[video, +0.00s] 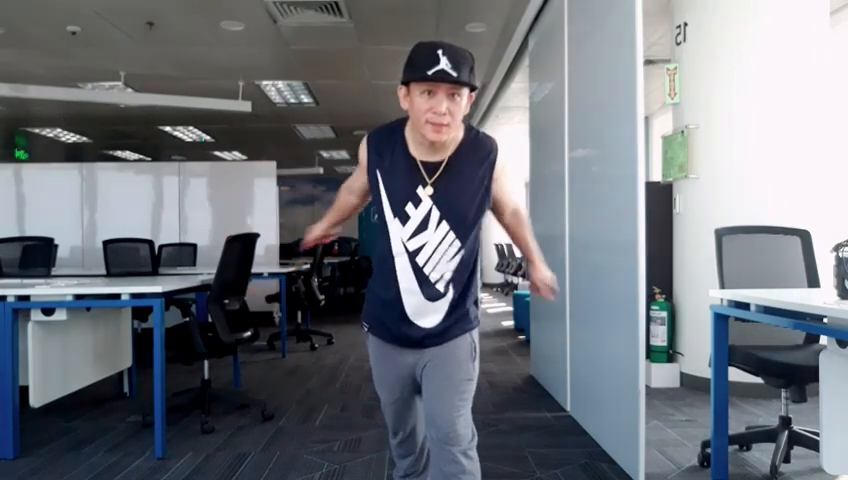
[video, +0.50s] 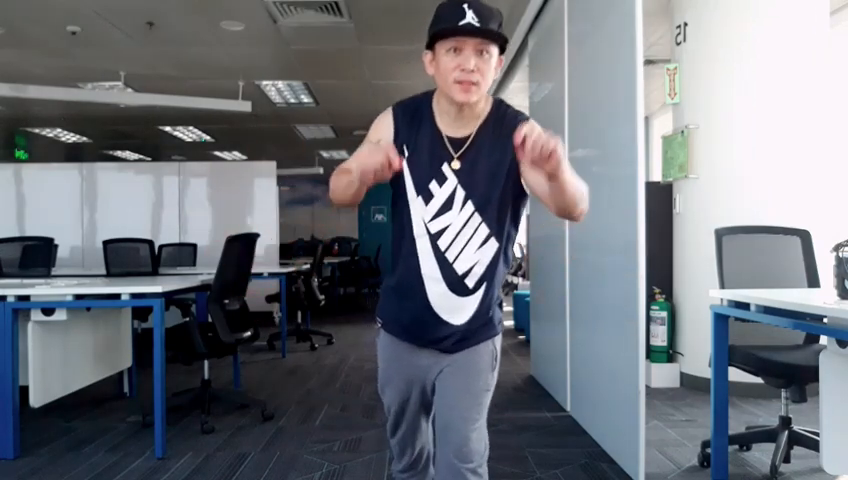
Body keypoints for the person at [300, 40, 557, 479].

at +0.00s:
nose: (441, 107)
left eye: (453, 95)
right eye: (429, 94)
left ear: (468, 101)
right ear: (405, 96)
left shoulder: (483, 153)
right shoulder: (376, 147)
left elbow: (510, 211)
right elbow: (356, 190)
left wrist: (537, 263)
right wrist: (326, 224)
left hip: (451, 330)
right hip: (387, 328)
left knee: (450, 439)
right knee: (400, 428)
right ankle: (407, 472)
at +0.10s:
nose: (445, 101)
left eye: (457, 89)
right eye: (433, 88)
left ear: (474, 95)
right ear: (409, 91)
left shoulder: (490, 157)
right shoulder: (379, 146)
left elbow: (536, 220)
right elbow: (335, 197)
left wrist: (581, 279)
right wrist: (283, 242)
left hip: (454, 327)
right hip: (389, 324)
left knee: (450, 440)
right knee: (401, 430)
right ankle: (408, 474)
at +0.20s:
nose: (450, 90)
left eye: (463, 78)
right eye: (438, 76)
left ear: (479, 88)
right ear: (414, 85)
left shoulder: (499, 151)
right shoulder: (382, 142)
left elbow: (553, 217)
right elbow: (330, 197)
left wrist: (612, 280)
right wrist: (267, 245)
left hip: (458, 329)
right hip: (392, 325)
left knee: (453, 450)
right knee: (400, 433)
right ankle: (406, 472)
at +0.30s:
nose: (456, 85)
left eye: (468, 73)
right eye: (443, 71)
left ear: (484, 82)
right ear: (419, 78)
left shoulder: (504, 146)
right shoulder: (387, 136)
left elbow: (550, 208)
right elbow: (334, 192)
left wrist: (597, 252)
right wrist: (289, 233)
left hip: (462, 328)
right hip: (394, 324)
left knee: (453, 448)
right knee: (403, 440)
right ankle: (406, 475)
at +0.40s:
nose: (463, 74)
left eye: (475, 62)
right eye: (450, 61)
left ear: (491, 74)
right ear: (425, 70)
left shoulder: (510, 137)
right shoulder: (393, 128)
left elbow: (545, 194)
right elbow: (342, 184)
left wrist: (561, 209)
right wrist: (335, 203)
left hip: (466, 332)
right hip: (399, 329)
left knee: (457, 453)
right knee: (406, 450)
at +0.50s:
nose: (469, 63)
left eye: (482, 52)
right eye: (455, 50)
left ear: (498, 65)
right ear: (430, 61)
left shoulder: (518, 132)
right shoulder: (397, 121)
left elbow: (574, 211)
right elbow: (338, 195)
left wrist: (557, 173)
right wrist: (361, 171)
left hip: (473, 332)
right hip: (403, 327)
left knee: (462, 460)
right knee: (406, 456)